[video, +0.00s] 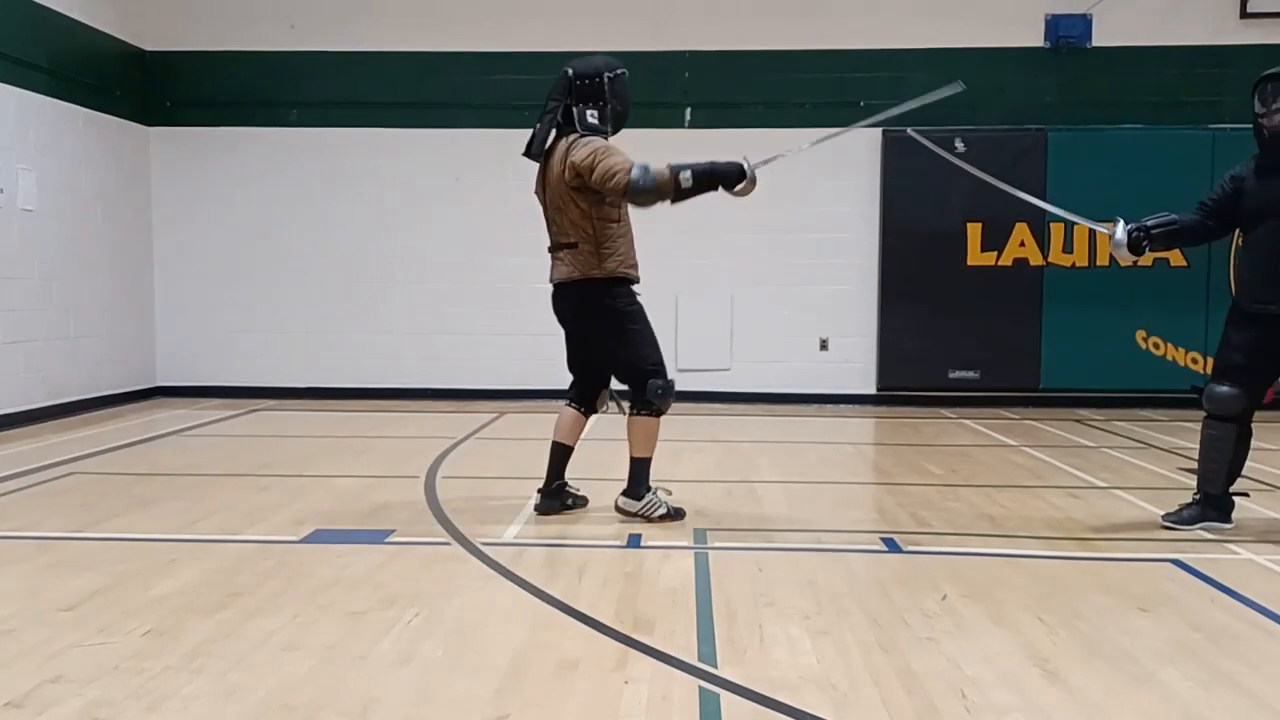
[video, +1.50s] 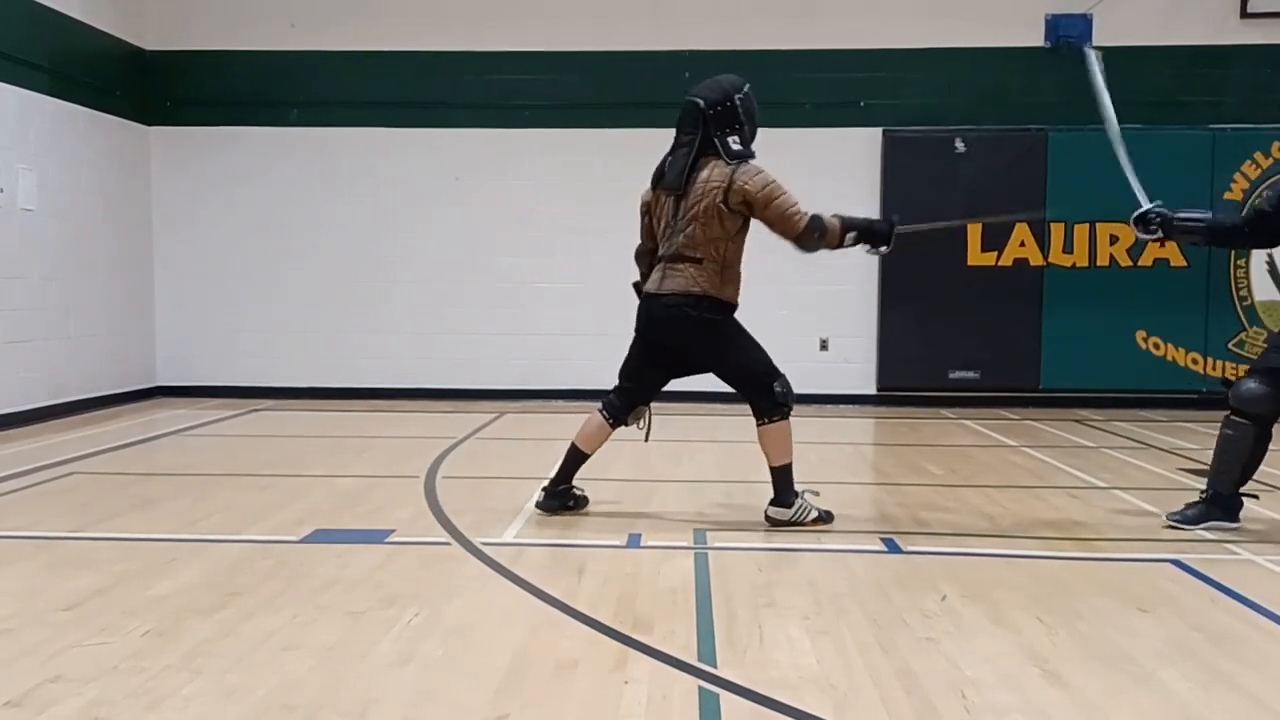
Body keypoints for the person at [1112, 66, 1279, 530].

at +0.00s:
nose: (1268, 121)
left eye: (1274, 113)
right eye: (1265, 112)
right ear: (1258, 118)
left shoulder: (1262, 174)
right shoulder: (1256, 173)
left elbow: (1209, 221)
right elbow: (1209, 220)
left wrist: (1145, 237)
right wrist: (1144, 235)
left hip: (1266, 309)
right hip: (1255, 307)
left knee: (1230, 397)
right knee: (1227, 398)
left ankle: (1213, 499)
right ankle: (1212, 500)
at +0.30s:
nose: (1269, 119)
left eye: (1276, 111)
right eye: (1267, 110)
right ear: (1260, 115)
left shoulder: (1265, 169)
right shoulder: (1259, 170)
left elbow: (1213, 220)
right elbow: (1213, 220)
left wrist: (1147, 237)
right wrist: (1147, 235)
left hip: (1269, 308)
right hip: (1258, 306)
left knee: (1232, 395)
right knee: (1228, 396)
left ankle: (1213, 499)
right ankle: (1213, 500)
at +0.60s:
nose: (1268, 120)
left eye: (1274, 112)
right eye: (1265, 111)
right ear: (1259, 117)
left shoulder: (1263, 173)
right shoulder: (1256, 172)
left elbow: (1211, 223)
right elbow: (1211, 223)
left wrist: (1145, 239)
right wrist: (1145, 237)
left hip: (1268, 310)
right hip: (1257, 308)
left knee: (1226, 395)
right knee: (1223, 395)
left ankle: (1212, 499)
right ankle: (1212, 500)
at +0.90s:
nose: (1269, 121)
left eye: (1275, 113)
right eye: (1267, 112)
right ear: (1261, 117)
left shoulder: (1264, 172)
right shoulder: (1258, 172)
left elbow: (1213, 224)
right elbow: (1213, 223)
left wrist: (1146, 239)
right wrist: (1146, 237)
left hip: (1268, 310)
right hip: (1257, 309)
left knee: (1224, 395)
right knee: (1220, 395)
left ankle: (1212, 499)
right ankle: (1211, 500)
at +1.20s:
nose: (1274, 124)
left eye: (1277, 116)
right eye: (1272, 116)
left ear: (1277, 122)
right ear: (1265, 121)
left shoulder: (1261, 178)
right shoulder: (1261, 176)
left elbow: (1203, 215)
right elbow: (1202, 214)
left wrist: (1129, 230)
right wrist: (1128, 230)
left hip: (1271, 311)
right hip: (1265, 310)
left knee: (1233, 393)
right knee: (1229, 395)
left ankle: (1212, 500)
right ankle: (1211, 500)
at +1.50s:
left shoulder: (1277, 199)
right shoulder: (1278, 197)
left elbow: (1254, 231)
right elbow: (1253, 231)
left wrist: (1175, 225)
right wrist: (1174, 225)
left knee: (1256, 395)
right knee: (1253, 395)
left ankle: (1221, 499)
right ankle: (1221, 499)